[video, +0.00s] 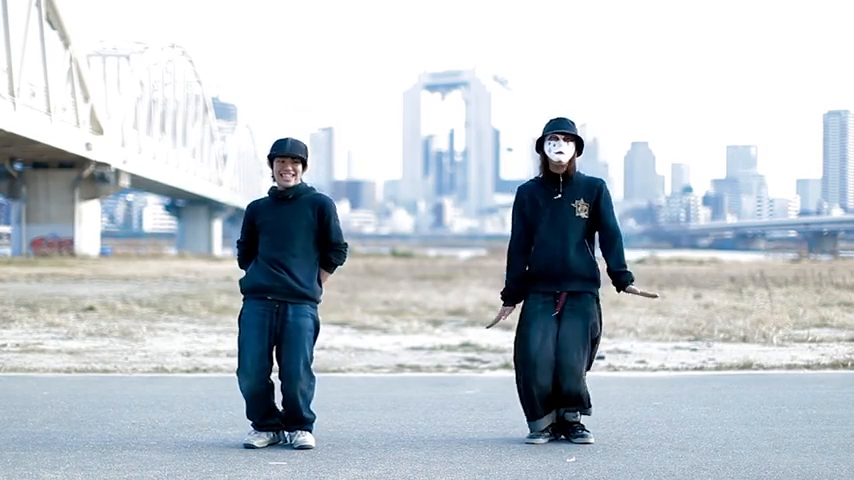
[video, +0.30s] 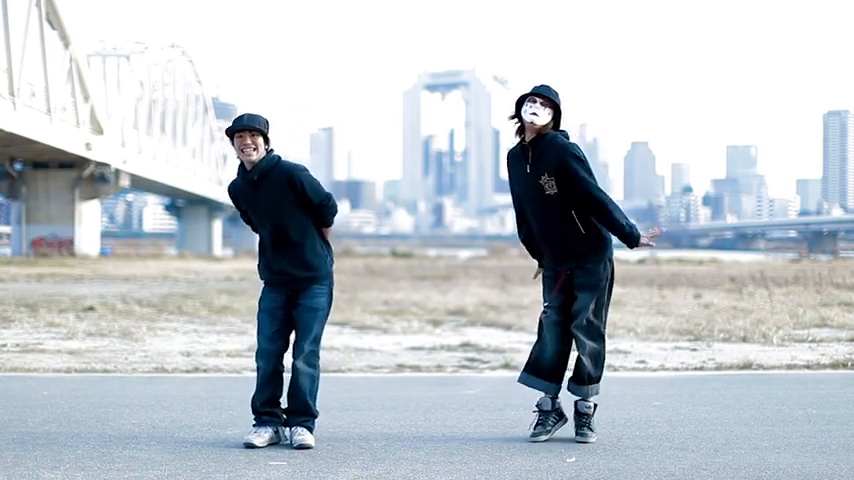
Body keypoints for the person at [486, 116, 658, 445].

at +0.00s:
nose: (559, 146)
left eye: (566, 141)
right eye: (553, 141)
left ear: (576, 148)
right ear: (543, 147)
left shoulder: (593, 188)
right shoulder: (527, 192)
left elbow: (610, 236)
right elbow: (518, 245)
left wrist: (621, 277)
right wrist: (510, 293)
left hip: (580, 288)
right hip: (539, 289)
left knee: (572, 354)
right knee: (534, 354)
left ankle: (571, 420)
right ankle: (544, 424)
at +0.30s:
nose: (535, 108)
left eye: (543, 106)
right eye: (530, 103)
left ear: (554, 117)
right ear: (520, 111)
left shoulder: (562, 150)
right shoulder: (515, 157)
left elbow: (593, 195)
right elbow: (522, 212)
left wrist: (631, 235)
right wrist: (539, 255)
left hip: (590, 253)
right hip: (554, 256)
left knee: (586, 327)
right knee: (551, 326)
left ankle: (585, 407)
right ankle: (550, 408)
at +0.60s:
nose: (537, 111)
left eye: (544, 106)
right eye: (532, 106)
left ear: (556, 113)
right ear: (523, 114)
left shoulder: (576, 145)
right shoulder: (518, 157)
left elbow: (605, 191)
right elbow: (512, 212)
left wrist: (637, 232)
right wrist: (514, 259)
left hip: (587, 254)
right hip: (549, 257)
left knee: (585, 330)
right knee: (552, 333)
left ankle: (587, 415)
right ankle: (553, 415)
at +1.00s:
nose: (570, 133)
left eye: (576, 128)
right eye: (563, 128)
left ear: (586, 134)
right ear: (553, 134)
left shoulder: (596, 181)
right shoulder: (536, 172)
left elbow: (609, 236)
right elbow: (521, 224)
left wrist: (618, 284)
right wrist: (514, 273)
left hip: (581, 280)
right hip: (542, 279)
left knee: (580, 354)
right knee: (544, 351)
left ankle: (579, 421)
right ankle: (549, 421)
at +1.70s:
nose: (574, 119)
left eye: (581, 114)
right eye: (569, 112)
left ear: (590, 122)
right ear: (558, 116)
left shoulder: (598, 162)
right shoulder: (536, 155)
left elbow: (608, 218)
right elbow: (519, 208)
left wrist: (618, 266)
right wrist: (514, 256)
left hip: (587, 265)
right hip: (546, 264)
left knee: (585, 341)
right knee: (546, 339)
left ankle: (585, 415)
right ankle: (547, 417)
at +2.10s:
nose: (546, 108)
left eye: (554, 104)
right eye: (541, 102)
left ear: (565, 112)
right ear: (532, 108)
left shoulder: (579, 147)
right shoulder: (524, 152)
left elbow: (603, 194)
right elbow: (523, 208)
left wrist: (630, 239)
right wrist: (538, 255)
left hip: (591, 255)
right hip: (553, 257)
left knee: (588, 332)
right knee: (549, 330)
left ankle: (587, 412)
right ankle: (549, 412)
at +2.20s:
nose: (539, 118)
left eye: (547, 115)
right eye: (534, 112)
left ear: (558, 124)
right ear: (525, 119)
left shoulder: (567, 158)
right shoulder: (522, 162)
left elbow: (597, 201)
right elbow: (539, 213)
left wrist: (632, 240)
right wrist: (551, 255)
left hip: (596, 263)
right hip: (561, 265)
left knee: (595, 338)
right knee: (559, 335)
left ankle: (592, 414)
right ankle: (554, 413)